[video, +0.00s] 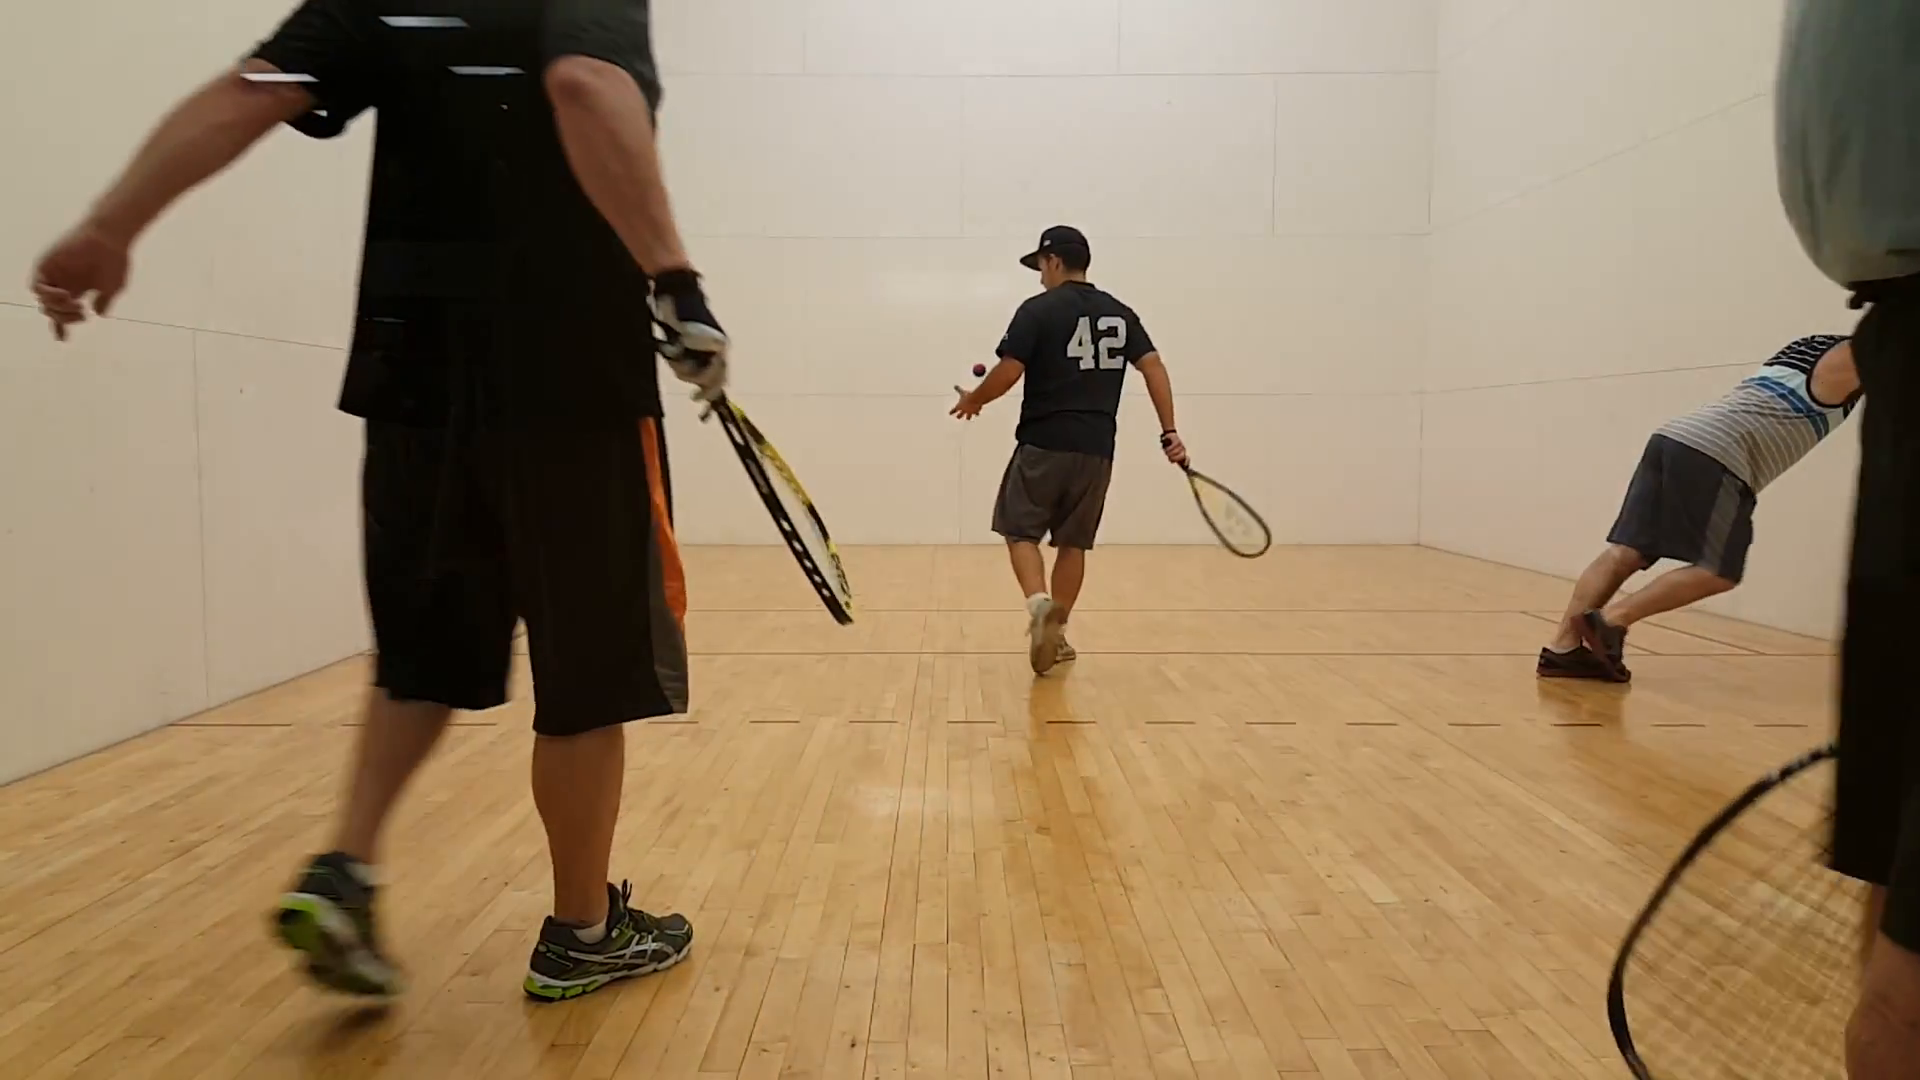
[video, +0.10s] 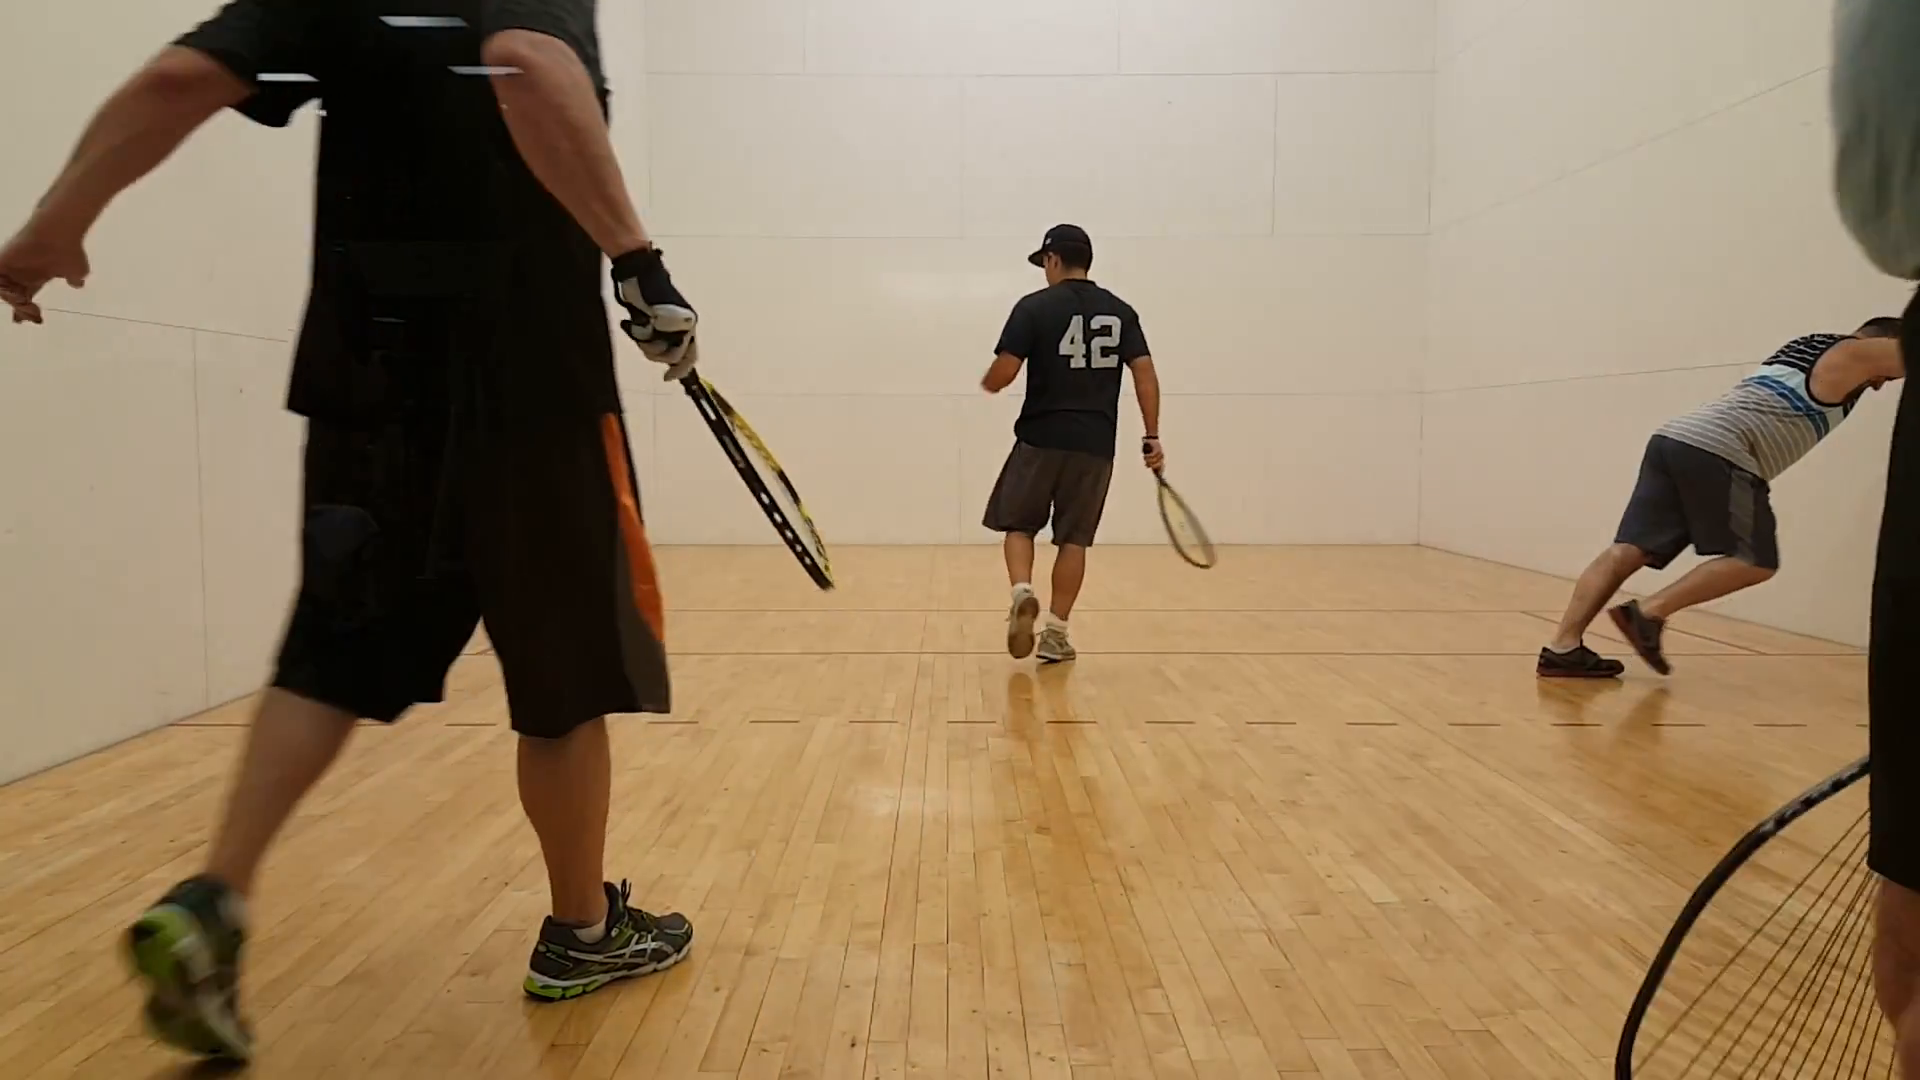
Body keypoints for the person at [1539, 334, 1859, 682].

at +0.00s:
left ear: (1862, 323)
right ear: (1880, 340)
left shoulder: (1797, 352)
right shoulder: (1844, 365)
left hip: (1669, 441)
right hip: (1718, 462)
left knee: (1627, 551)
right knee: (1719, 571)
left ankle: (1563, 647)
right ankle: (1612, 619)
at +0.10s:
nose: (1886, 381)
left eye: (1891, 371)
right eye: (1890, 367)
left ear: (1863, 334)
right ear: (1881, 344)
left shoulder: (1807, 345)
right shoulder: (1853, 355)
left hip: (1671, 441)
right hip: (1722, 458)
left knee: (1629, 549)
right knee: (1755, 561)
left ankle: (1562, 647)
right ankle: (1648, 613)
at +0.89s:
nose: (1896, 382)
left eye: (1902, 373)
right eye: (1902, 369)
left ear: (1878, 337)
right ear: (1891, 345)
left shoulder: (1808, 348)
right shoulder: (1864, 352)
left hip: (1691, 461)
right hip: (1744, 471)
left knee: (1640, 560)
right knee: (1824, 553)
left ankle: (1563, 646)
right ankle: (1750, 650)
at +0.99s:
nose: (1899, 381)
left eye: (1903, 372)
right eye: (1904, 369)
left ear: (1879, 338)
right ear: (1892, 345)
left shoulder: (1808, 349)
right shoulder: (1863, 353)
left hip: (1693, 463)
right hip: (1745, 473)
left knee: (1640, 562)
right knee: (1826, 553)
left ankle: (1563, 646)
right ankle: (1751, 650)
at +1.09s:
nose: (1897, 382)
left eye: (1902, 374)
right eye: (1903, 370)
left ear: (1879, 338)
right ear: (1892, 346)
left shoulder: (1808, 349)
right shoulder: (1863, 354)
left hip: (1695, 463)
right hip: (1747, 474)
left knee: (1641, 561)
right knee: (1828, 553)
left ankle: (1564, 646)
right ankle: (1752, 649)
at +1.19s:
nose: (1901, 380)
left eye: (1905, 370)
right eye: (1905, 368)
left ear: (1881, 340)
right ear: (1893, 346)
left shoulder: (1812, 349)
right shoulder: (1861, 357)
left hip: (1700, 466)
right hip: (1750, 477)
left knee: (1645, 562)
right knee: (1830, 555)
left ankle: (1565, 647)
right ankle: (1754, 650)